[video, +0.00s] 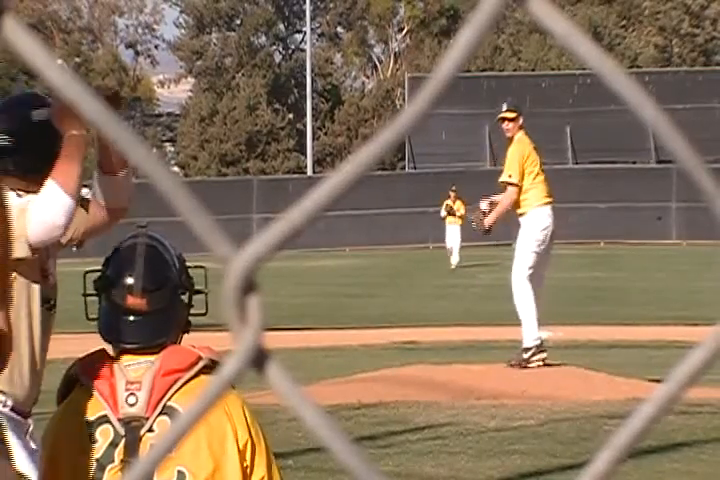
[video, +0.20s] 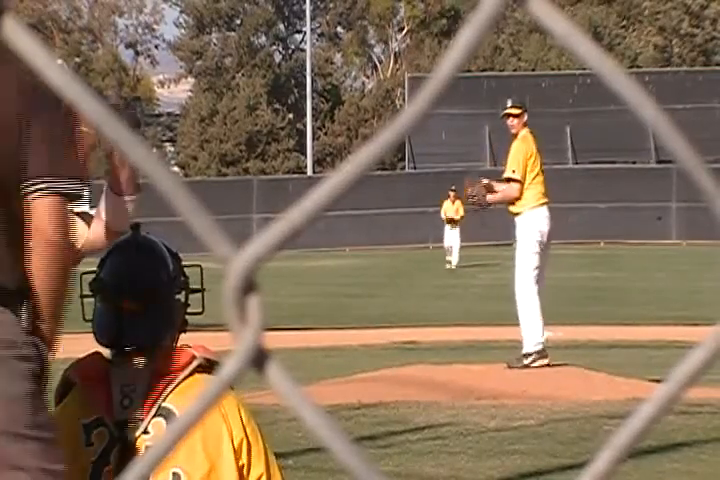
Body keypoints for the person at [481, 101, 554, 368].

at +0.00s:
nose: (506, 125)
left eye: (510, 120)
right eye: (503, 121)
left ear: (520, 121)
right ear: (501, 123)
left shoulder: (517, 146)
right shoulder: (522, 143)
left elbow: (512, 193)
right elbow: (519, 187)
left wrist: (489, 221)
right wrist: (495, 200)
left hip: (535, 214)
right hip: (541, 212)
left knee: (520, 276)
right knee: (530, 278)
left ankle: (532, 343)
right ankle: (531, 342)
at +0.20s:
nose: (511, 121)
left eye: (515, 116)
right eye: (508, 117)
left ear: (525, 117)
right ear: (506, 119)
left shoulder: (521, 143)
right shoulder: (525, 140)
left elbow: (514, 191)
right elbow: (516, 182)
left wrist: (486, 198)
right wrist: (492, 185)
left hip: (530, 215)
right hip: (534, 213)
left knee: (524, 282)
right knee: (529, 281)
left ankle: (533, 348)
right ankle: (534, 345)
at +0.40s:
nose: (511, 120)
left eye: (516, 115)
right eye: (508, 115)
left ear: (526, 116)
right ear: (507, 118)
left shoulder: (522, 143)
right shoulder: (524, 140)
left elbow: (517, 190)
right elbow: (517, 182)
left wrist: (492, 184)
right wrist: (495, 179)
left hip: (529, 216)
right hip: (529, 214)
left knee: (526, 281)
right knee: (526, 281)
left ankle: (534, 348)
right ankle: (533, 346)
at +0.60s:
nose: (511, 119)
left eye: (515, 114)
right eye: (508, 115)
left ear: (525, 116)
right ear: (506, 118)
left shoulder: (524, 143)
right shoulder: (524, 140)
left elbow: (521, 189)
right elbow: (519, 183)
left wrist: (494, 182)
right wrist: (496, 178)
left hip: (529, 216)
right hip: (527, 214)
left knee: (527, 282)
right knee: (526, 281)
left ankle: (534, 348)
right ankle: (533, 346)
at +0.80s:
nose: (510, 120)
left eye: (514, 115)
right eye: (507, 116)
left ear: (525, 116)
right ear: (507, 118)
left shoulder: (524, 144)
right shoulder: (525, 141)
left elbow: (525, 191)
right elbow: (520, 183)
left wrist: (496, 188)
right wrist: (498, 179)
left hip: (529, 216)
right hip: (527, 214)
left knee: (527, 282)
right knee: (526, 282)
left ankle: (534, 348)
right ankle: (532, 346)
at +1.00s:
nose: (511, 120)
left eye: (515, 115)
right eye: (508, 116)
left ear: (526, 115)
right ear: (507, 119)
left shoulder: (525, 145)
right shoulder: (525, 142)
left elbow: (527, 191)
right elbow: (520, 181)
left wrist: (499, 194)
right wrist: (500, 183)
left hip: (529, 216)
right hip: (526, 214)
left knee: (527, 282)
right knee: (524, 281)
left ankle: (534, 348)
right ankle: (532, 346)